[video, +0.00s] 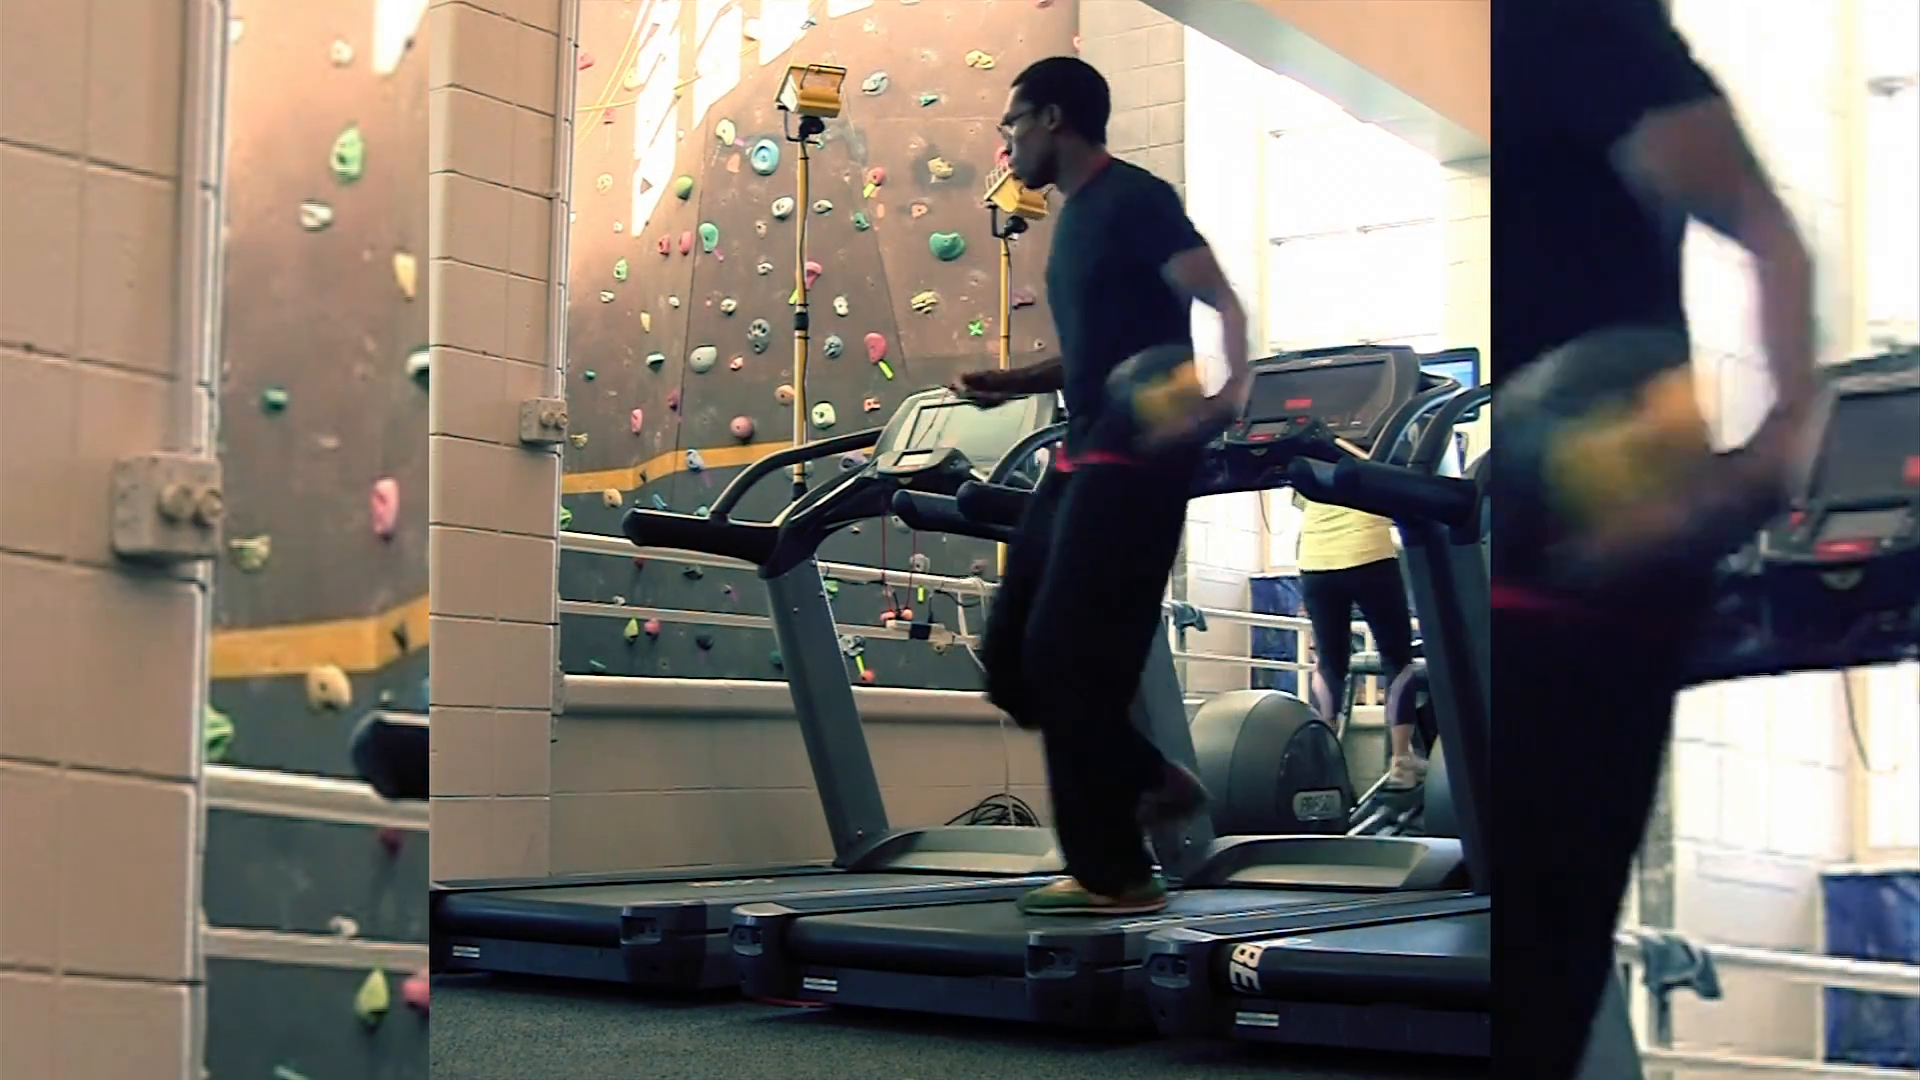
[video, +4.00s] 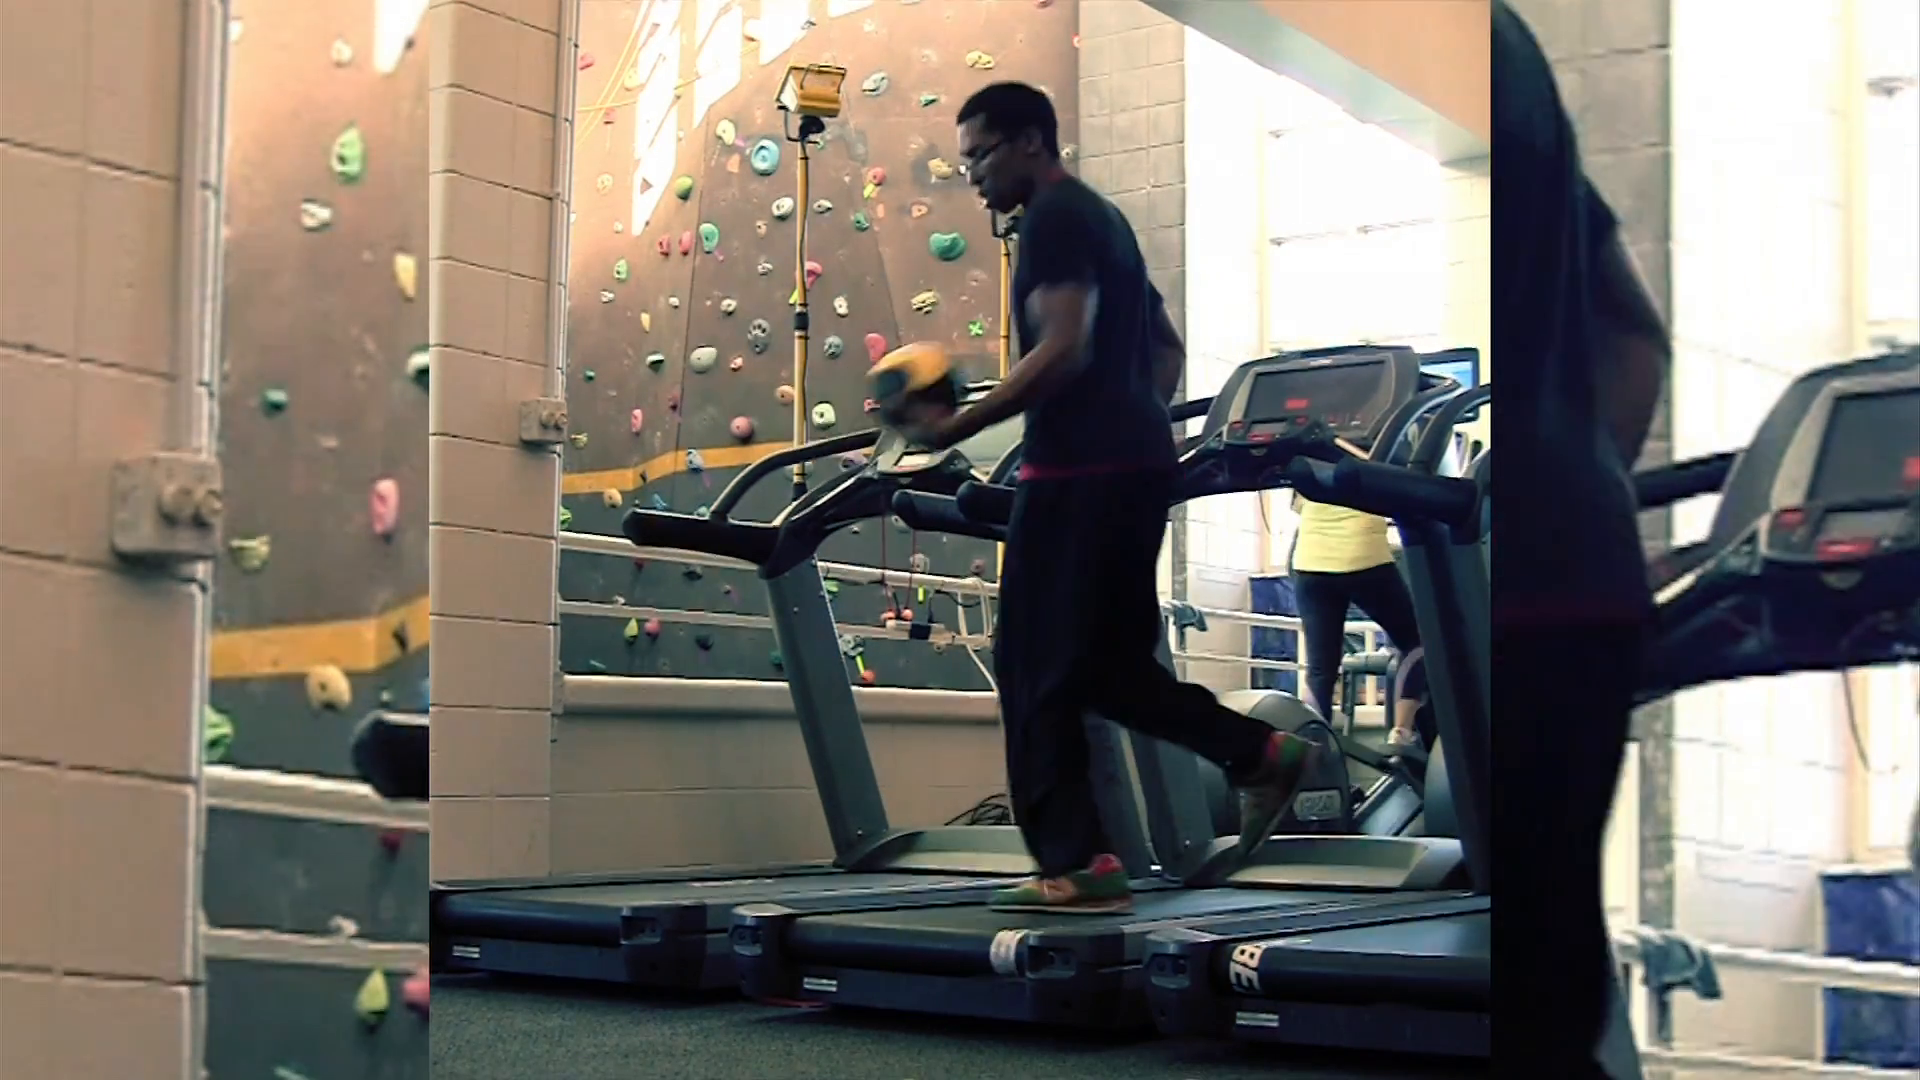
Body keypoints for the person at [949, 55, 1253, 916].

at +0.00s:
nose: (1003, 142)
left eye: (1013, 124)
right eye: (1004, 126)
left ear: (1055, 122)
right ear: (1057, 126)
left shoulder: (1133, 198)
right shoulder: (1076, 217)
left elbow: (1222, 301)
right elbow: (1098, 348)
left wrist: (1231, 391)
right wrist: (1013, 377)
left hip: (1134, 468)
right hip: (1078, 467)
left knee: (1070, 665)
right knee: (1011, 663)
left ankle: (1115, 878)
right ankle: (1159, 784)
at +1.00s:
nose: (1005, 101)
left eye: (1019, 83)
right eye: (990, 88)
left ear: (1053, 73)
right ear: (976, 89)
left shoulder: (1102, 141)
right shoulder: (1012, 178)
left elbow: (1236, 192)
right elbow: (1113, 264)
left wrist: (1264, 316)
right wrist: (1168, 347)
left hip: (1107, 389)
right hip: (1051, 401)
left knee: (1070, 577)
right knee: (1089, 602)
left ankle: (1080, 792)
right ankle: (1171, 812)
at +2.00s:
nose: (1233, 179)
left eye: (1242, 168)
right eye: (1220, 161)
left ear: (1234, 174)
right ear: (1173, 155)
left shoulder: (1149, 235)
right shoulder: (1141, 217)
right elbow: (1026, 252)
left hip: (1079, 491)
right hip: (1117, 490)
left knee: (1102, 680)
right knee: (1208, 655)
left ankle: (949, 766)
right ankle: (1151, 858)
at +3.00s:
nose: (956, 171)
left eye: (959, 153)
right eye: (955, 155)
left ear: (989, 144)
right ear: (1043, 144)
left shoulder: (969, 232)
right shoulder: (1127, 206)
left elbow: (854, 331)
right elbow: (1225, 296)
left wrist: (733, 365)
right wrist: (1199, 409)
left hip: (1055, 472)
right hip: (1157, 467)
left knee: (1003, 654)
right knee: (1153, 676)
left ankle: (970, 809)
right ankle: (1128, 855)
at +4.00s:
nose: (970, 172)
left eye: (979, 154)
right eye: (966, 158)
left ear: (1033, 143)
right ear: (1034, 150)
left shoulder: (1054, 215)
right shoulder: (1097, 217)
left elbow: (1061, 347)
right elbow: (1166, 353)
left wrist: (958, 419)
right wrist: (1118, 437)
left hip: (1074, 472)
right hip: (1132, 470)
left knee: (1031, 666)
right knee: (1108, 666)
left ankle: (1075, 865)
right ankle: (1265, 757)